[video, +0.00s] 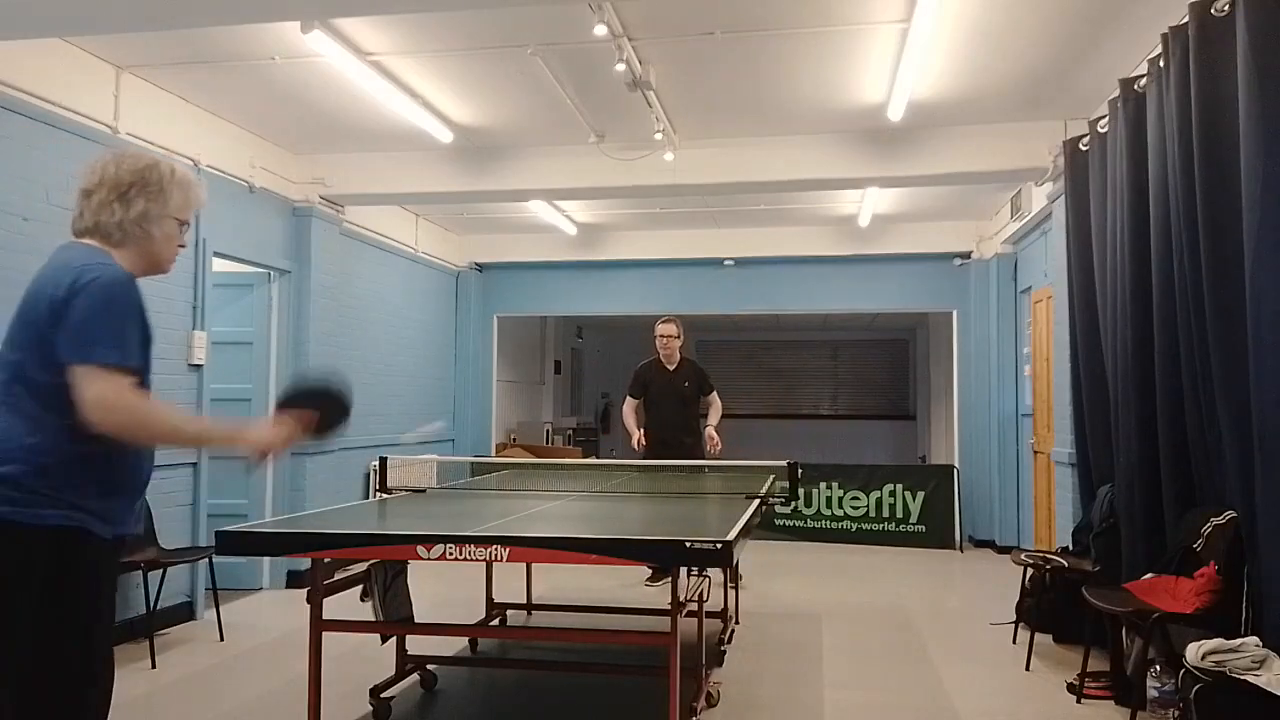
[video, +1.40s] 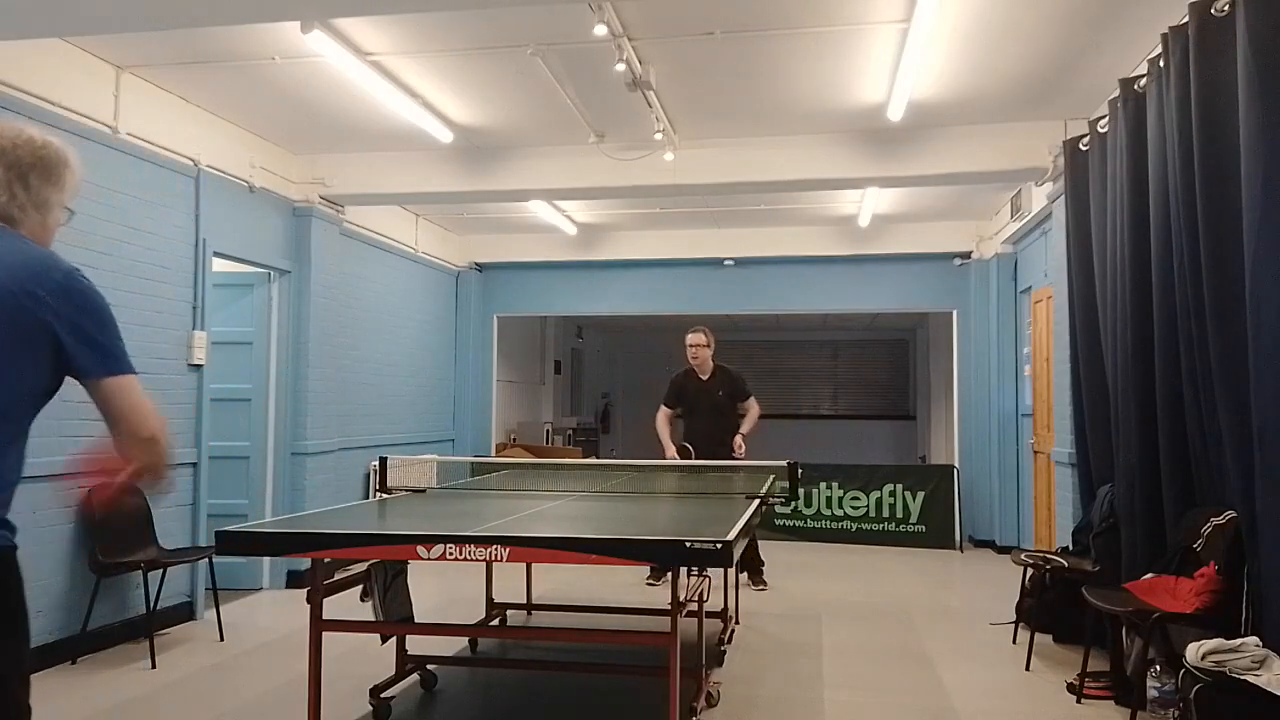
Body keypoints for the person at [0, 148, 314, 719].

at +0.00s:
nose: (185, 240)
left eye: (187, 226)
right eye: (179, 223)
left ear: (129, 215)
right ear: (138, 215)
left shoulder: (71, 271)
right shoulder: (102, 281)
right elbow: (105, 403)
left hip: (41, 529)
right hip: (58, 536)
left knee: (46, 691)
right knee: (65, 696)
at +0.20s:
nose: (181, 232)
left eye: (183, 219)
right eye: (178, 216)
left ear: (108, 207)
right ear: (143, 208)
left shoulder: (67, 268)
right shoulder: (131, 271)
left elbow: (57, 404)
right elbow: (163, 390)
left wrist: (130, 490)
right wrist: (268, 394)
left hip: (33, 517)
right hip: (76, 524)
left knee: (30, 682)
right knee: (73, 691)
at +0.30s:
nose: (176, 231)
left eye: (177, 216)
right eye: (173, 214)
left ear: (96, 206)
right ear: (139, 207)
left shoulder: (53, 273)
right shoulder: (135, 270)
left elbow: (34, 397)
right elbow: (160, 391)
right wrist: (262, 422)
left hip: (28, 520)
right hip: (84, 526)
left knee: (41, 694)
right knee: (88, 700)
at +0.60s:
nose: (164, 227)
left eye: (166, 212)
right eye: (162, 210)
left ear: (68, 203)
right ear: (131, 204)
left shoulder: (17, 276)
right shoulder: (132, 271)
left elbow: (18, 406)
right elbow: (149, 406)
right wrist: (235, 493)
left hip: (11, 539)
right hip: (85, 547)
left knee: (23, 703)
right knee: (101, 706)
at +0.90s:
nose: (152, 218)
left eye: (156, 204)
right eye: (151, 202)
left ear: (52, 185)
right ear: (119, 194)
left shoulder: (12, 248)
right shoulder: (120, 263)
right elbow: (144, 405)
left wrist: (121, 504)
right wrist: (187, 503)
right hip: (59, 547)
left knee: (21, 699)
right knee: (76, 705)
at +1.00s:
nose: (139, 223)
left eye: (144, 209)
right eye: (139, 206)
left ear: (37, 185)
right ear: (109, 197)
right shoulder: (112, 270)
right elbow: (136, 416)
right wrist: (146, 515)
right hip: (45, 548)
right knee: (62, 705)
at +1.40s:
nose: (62, 223)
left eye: (65, 210)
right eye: (62, 209)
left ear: (6, 194)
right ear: (34, 201)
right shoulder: (48, 281)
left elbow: (142, 432)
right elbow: (144, 434)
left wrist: (135, 471)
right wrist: (134, 476)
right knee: (11, 704)